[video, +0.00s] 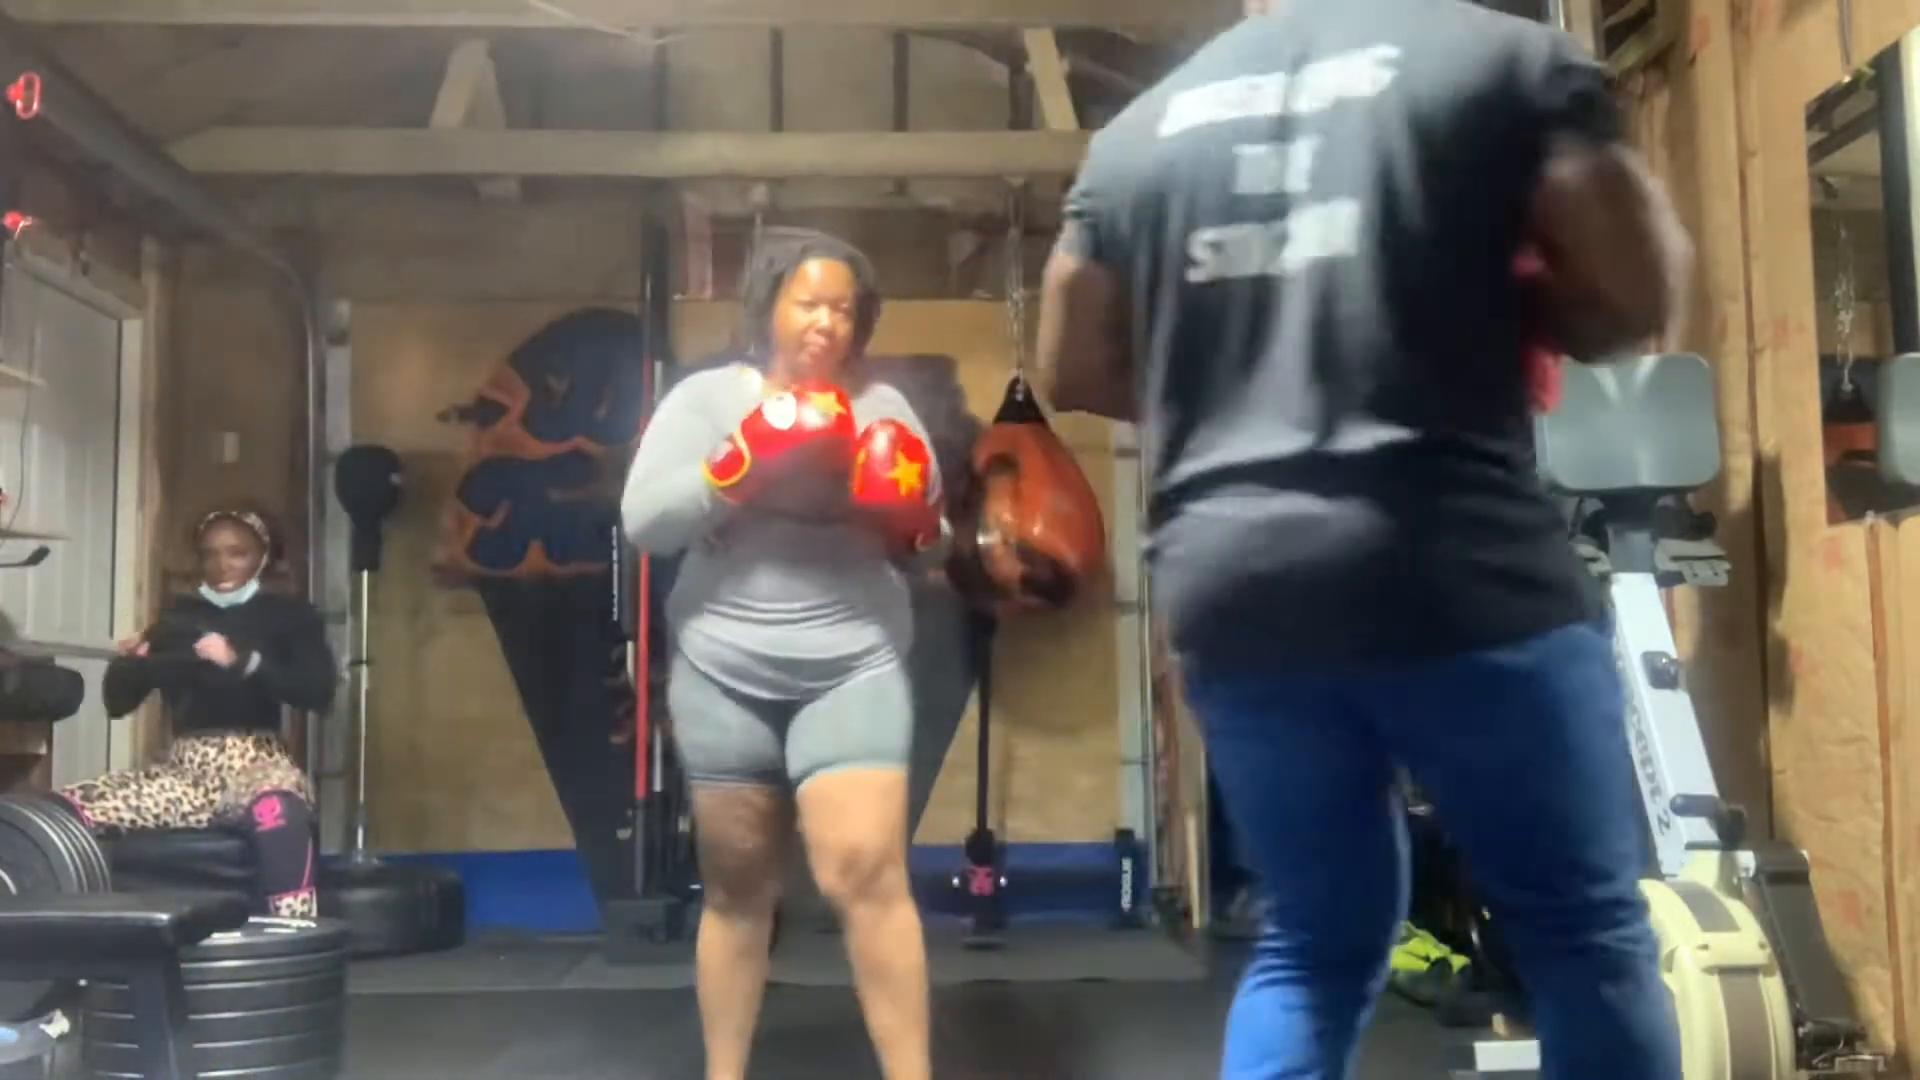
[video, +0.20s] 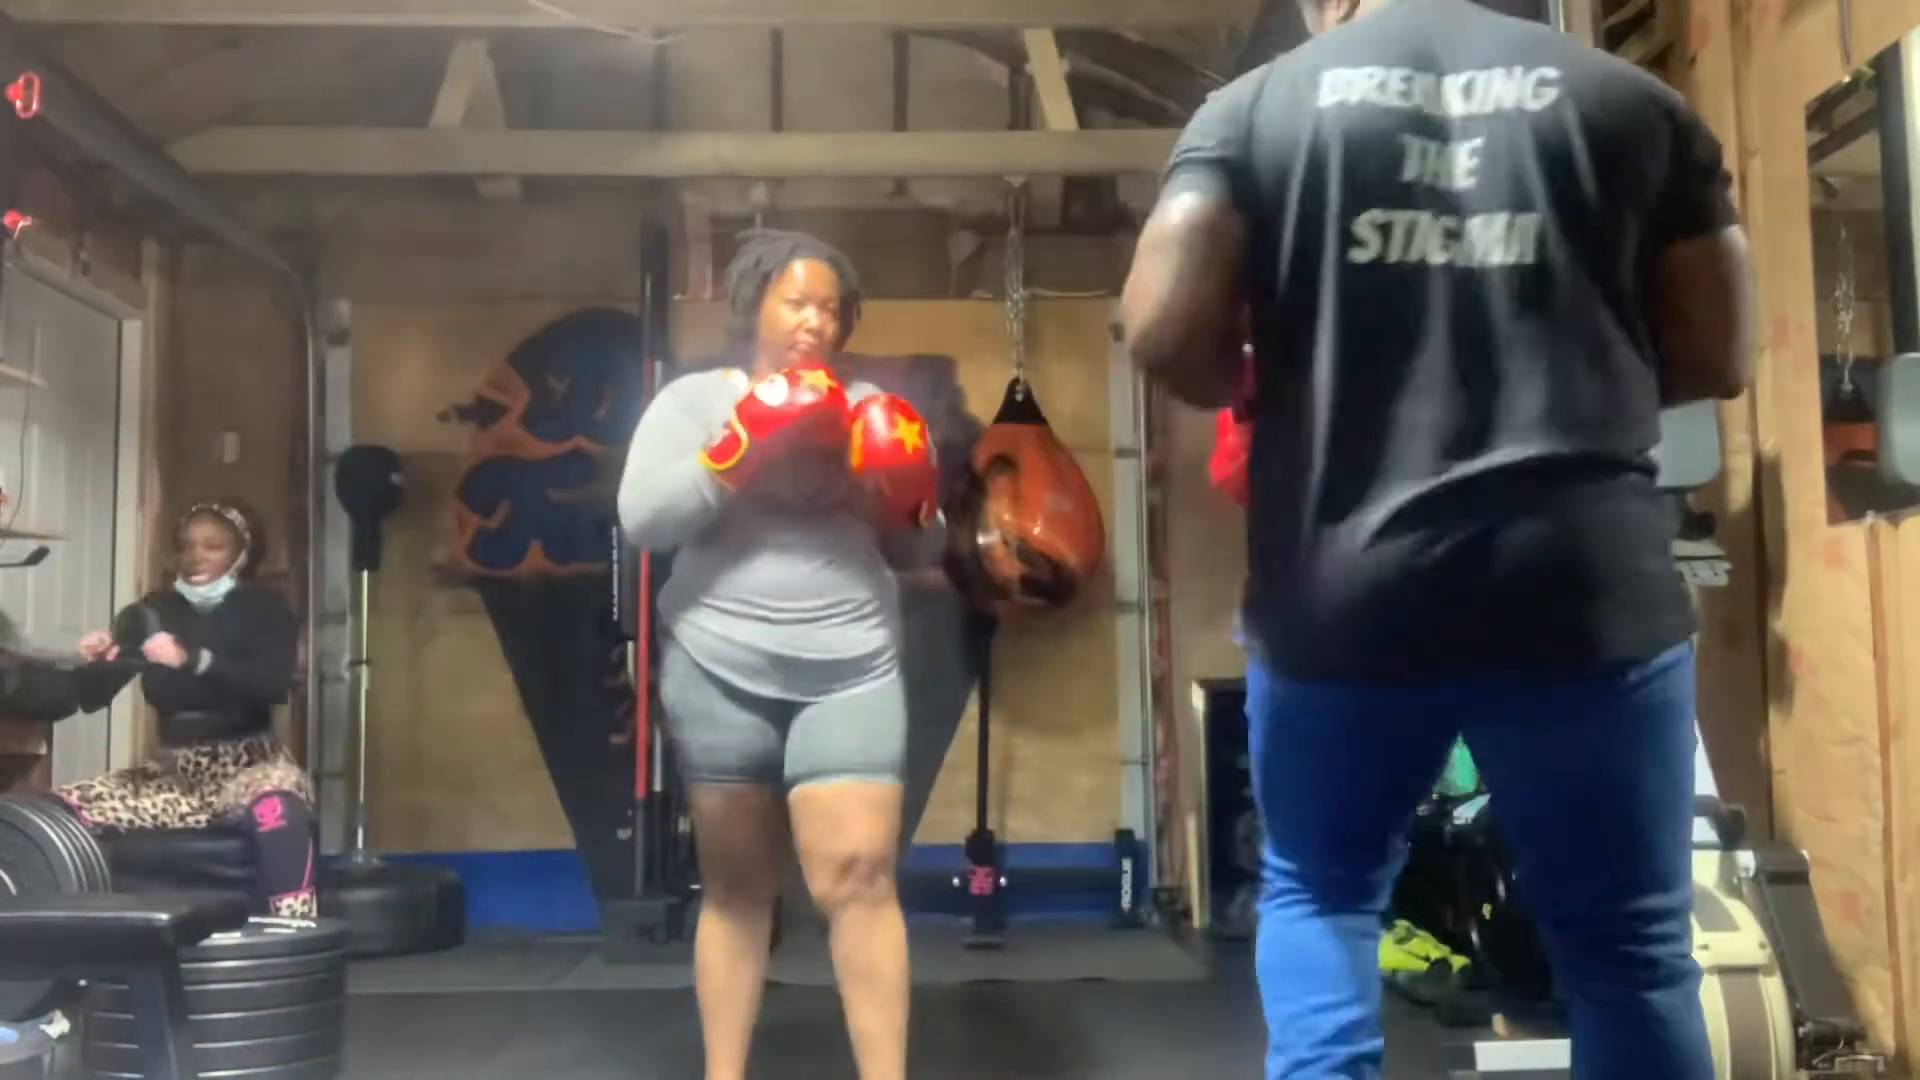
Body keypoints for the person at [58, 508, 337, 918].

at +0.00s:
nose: (223, 564)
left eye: (237, 553)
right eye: (212, 554)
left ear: (262, 560)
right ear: (200, 560)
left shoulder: (288, 615)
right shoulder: (178, 619)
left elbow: (318, 692)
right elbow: (118, 703)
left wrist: (244, 660)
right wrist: (129, 662)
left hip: (257, 769)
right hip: (181, 770)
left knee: (280, 814)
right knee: (62, 810)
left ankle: (292, 943)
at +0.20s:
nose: (196, 556)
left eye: (212, 546)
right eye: (188, 545)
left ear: (239, 556)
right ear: (178, 551)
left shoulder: (265, 608)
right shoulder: (151, 612)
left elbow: (271, 684)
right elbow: (93, 697)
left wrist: (192, 659)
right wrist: (93, 665)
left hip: (248, 772)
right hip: (168, 774)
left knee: (281, 813)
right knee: (61, 811)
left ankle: (294, 946)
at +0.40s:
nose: (174, 558)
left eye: (189, 550)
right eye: (168, 549)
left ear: (219, 563)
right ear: (158, 555)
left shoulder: (250, 622)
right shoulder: (138, 619)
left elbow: (247, 720)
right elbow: (107, 705)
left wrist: (165, 726)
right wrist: (86, 715)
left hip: (243, 773)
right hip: (165, 775)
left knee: (279, 812)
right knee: (61, 813)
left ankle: (295, 944)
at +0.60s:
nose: (160, 560)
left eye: (180, 551)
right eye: (158, 550)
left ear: (210, 572)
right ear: (147, 559)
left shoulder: (242, 625)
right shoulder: (128, 627)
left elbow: (242, 728)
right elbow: (100, 714)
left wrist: (163, 761)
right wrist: (76, 739)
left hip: (240, 779)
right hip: (161, 781)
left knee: (280, 811)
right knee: (60, 815)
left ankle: (294, 947)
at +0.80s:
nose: (159, 558)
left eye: (181, 550)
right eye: (159, 548)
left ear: (211, 576)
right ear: (147, 558)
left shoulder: (240, 627)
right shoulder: (124, 628)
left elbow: (239, 736)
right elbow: (90, 711)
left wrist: (158, 763)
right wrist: (67, 743)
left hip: (242, 779)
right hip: (162, 782)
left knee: (278, 814)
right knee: (72, 813)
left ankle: (292, 945)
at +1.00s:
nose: (163, 557)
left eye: (184, 551)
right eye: (162, 548)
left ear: (213, 575)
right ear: (150, 558)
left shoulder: (242, 628)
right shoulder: (126, 627)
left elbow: (245, 739)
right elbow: (98, 708)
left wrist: (170, 759)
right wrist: (84, 740)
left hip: (237, 780)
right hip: (152, 781)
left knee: (280, 814)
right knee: (62, 815)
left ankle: (294, 945)